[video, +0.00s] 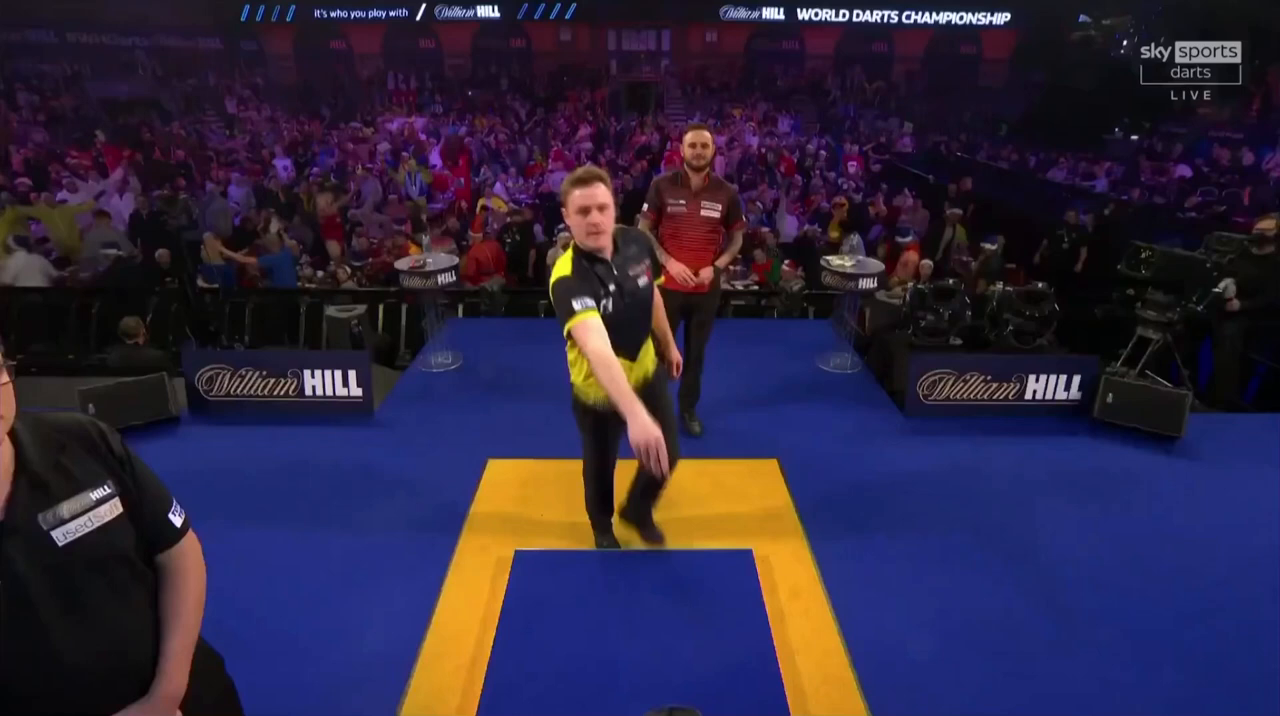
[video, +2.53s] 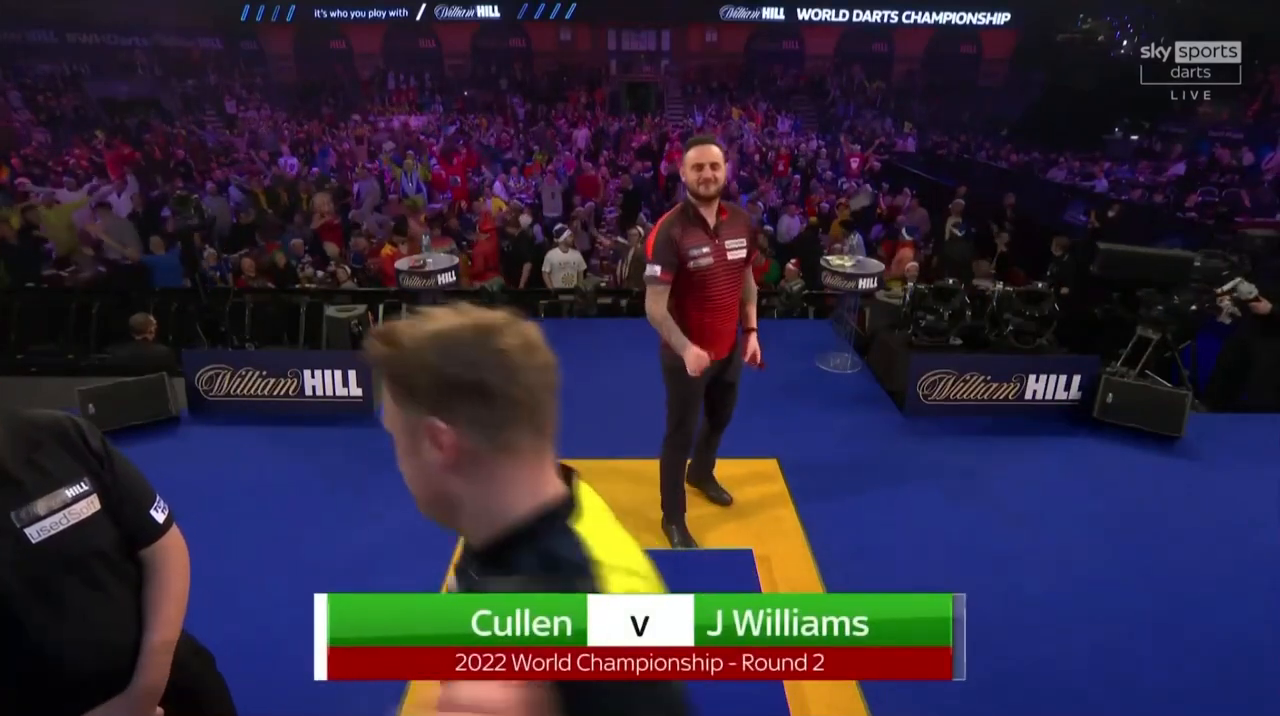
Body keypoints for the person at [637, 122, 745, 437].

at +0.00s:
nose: (698, 151)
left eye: (704, 146)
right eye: (692, 145)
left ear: (713, 151)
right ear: (682, 150)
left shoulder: (726, 193)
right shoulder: (662, 186)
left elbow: (737, 237)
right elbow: (643, 227)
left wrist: (716, 267)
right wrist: (667, 261)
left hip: (704, 288)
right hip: (668, 286)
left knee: (696, 353)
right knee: (660, 350)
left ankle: (688, 409)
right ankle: (653, 410)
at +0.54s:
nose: (700, 168)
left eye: (707, 162)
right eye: (695, 161)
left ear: (717, 157)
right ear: (685, 155)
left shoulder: (729, 195)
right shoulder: (667, 186)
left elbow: (741, 242)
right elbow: (652, 229)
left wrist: (721, 278)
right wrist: (680, 204)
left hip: (703, 289)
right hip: (665, 282)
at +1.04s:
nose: (690, 192)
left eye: (697, 185)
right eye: (684, 185)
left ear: (708, 177)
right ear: (673, 176)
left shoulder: (724, 210)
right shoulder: (651, 206)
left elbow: (732, 253)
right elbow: (633, 249)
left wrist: (717, 292)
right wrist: (644, 289)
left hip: (700, 315)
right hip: (660, 313)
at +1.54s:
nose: (697, 184)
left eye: (704, 176)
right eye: (689, 176)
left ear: (715, 174)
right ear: (675, 174)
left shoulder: (725, 212)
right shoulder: (656, 213)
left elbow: (728, 258)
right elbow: (631, 271)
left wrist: (723, 301)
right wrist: (672, 309)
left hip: (709, 327)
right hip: (668, 327)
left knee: (702, 406)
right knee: (659, 406)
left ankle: (698, 480)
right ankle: (649, 479)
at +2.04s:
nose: (726, 174)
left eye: (733, 166)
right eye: (718, 167)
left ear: (742, 170)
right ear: (703, 170)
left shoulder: (749, 218)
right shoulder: (682, 215)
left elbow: (750, 270)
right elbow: (650, 271)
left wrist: (749, 316)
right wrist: (675, 322)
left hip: (727, 339)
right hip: (690, 340)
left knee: (709, 412)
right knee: (686, 423)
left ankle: (697, 474)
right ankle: (672, 515)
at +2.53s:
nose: (707, 174)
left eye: (714, 166)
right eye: (697, 167)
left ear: (725, 171)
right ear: (682, 174)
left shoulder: (740, 222)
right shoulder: (669, 232)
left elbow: (747, 279)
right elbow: (654, 306)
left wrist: (751, 330)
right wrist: (685, 348)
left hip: (729, 348)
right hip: (686, 353)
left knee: (718, 418)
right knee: (681, 435)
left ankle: (700, 472)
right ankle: (673, 518)